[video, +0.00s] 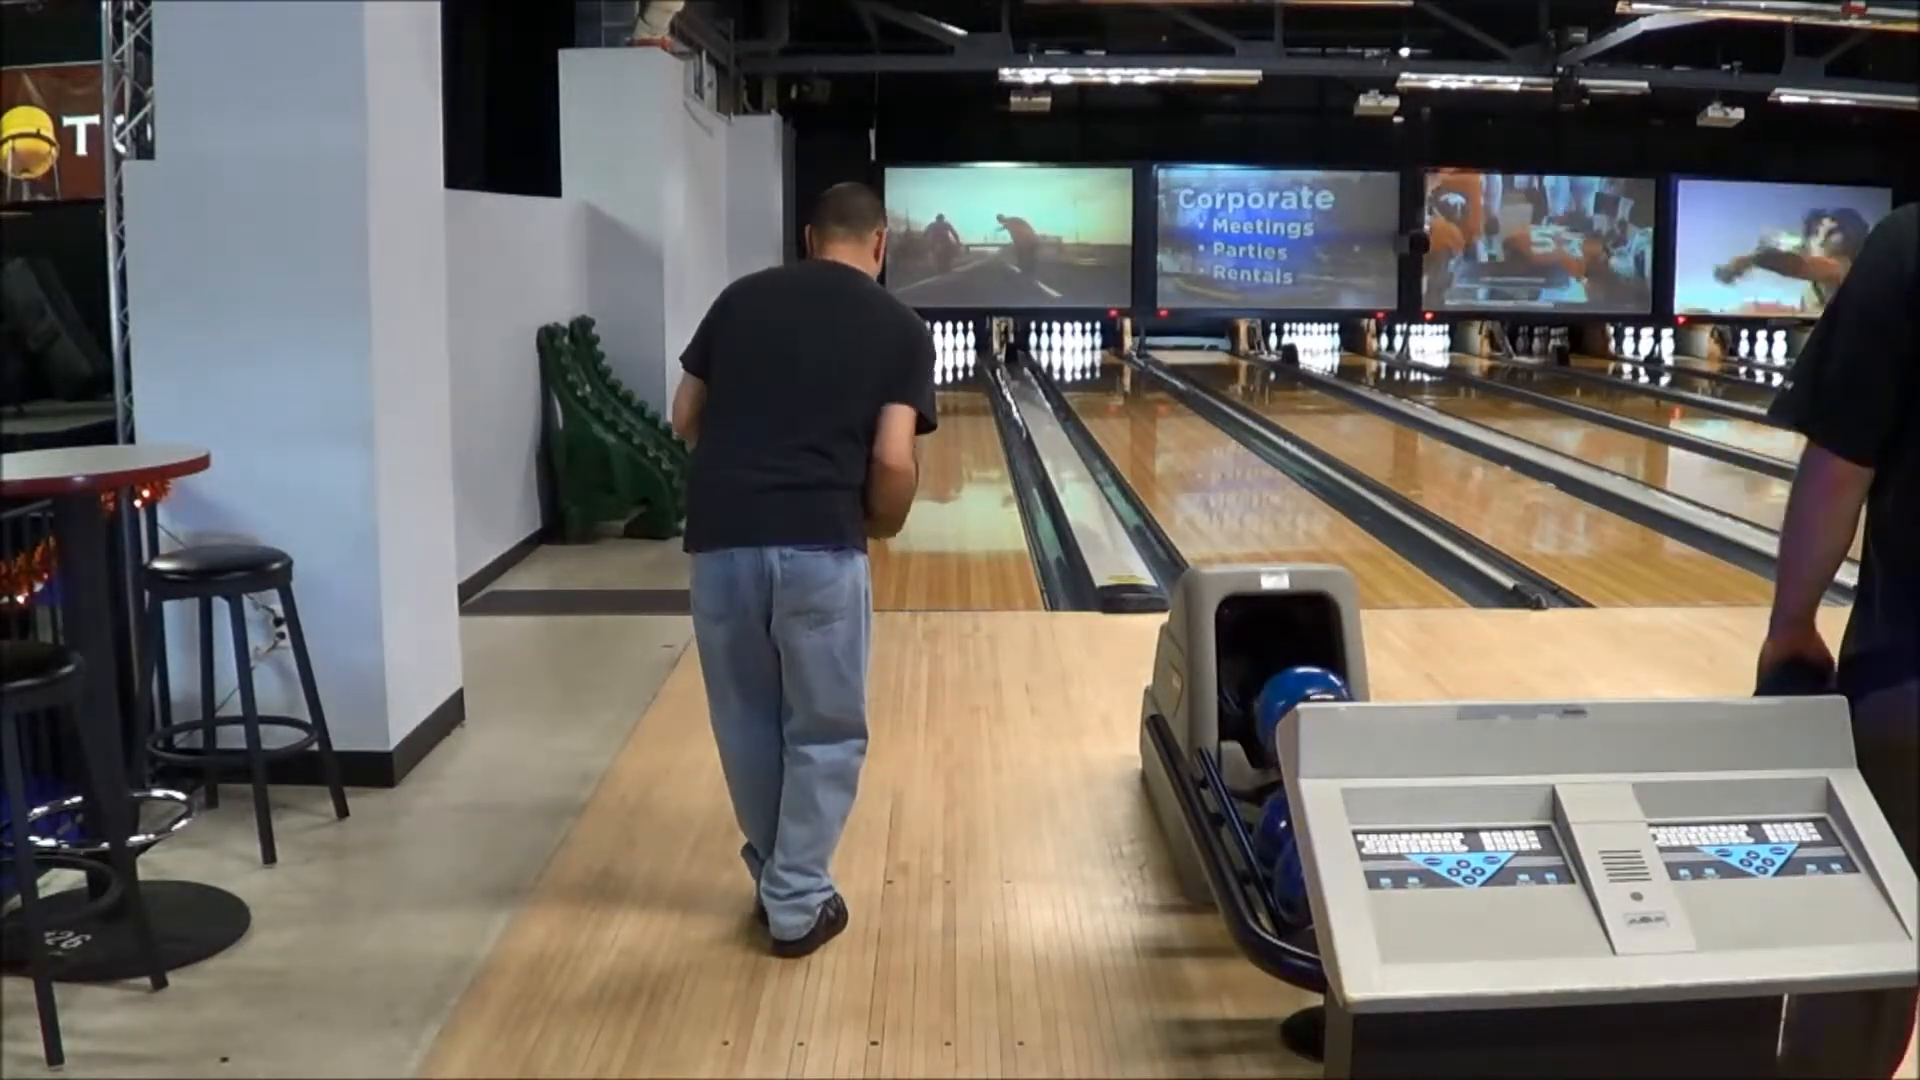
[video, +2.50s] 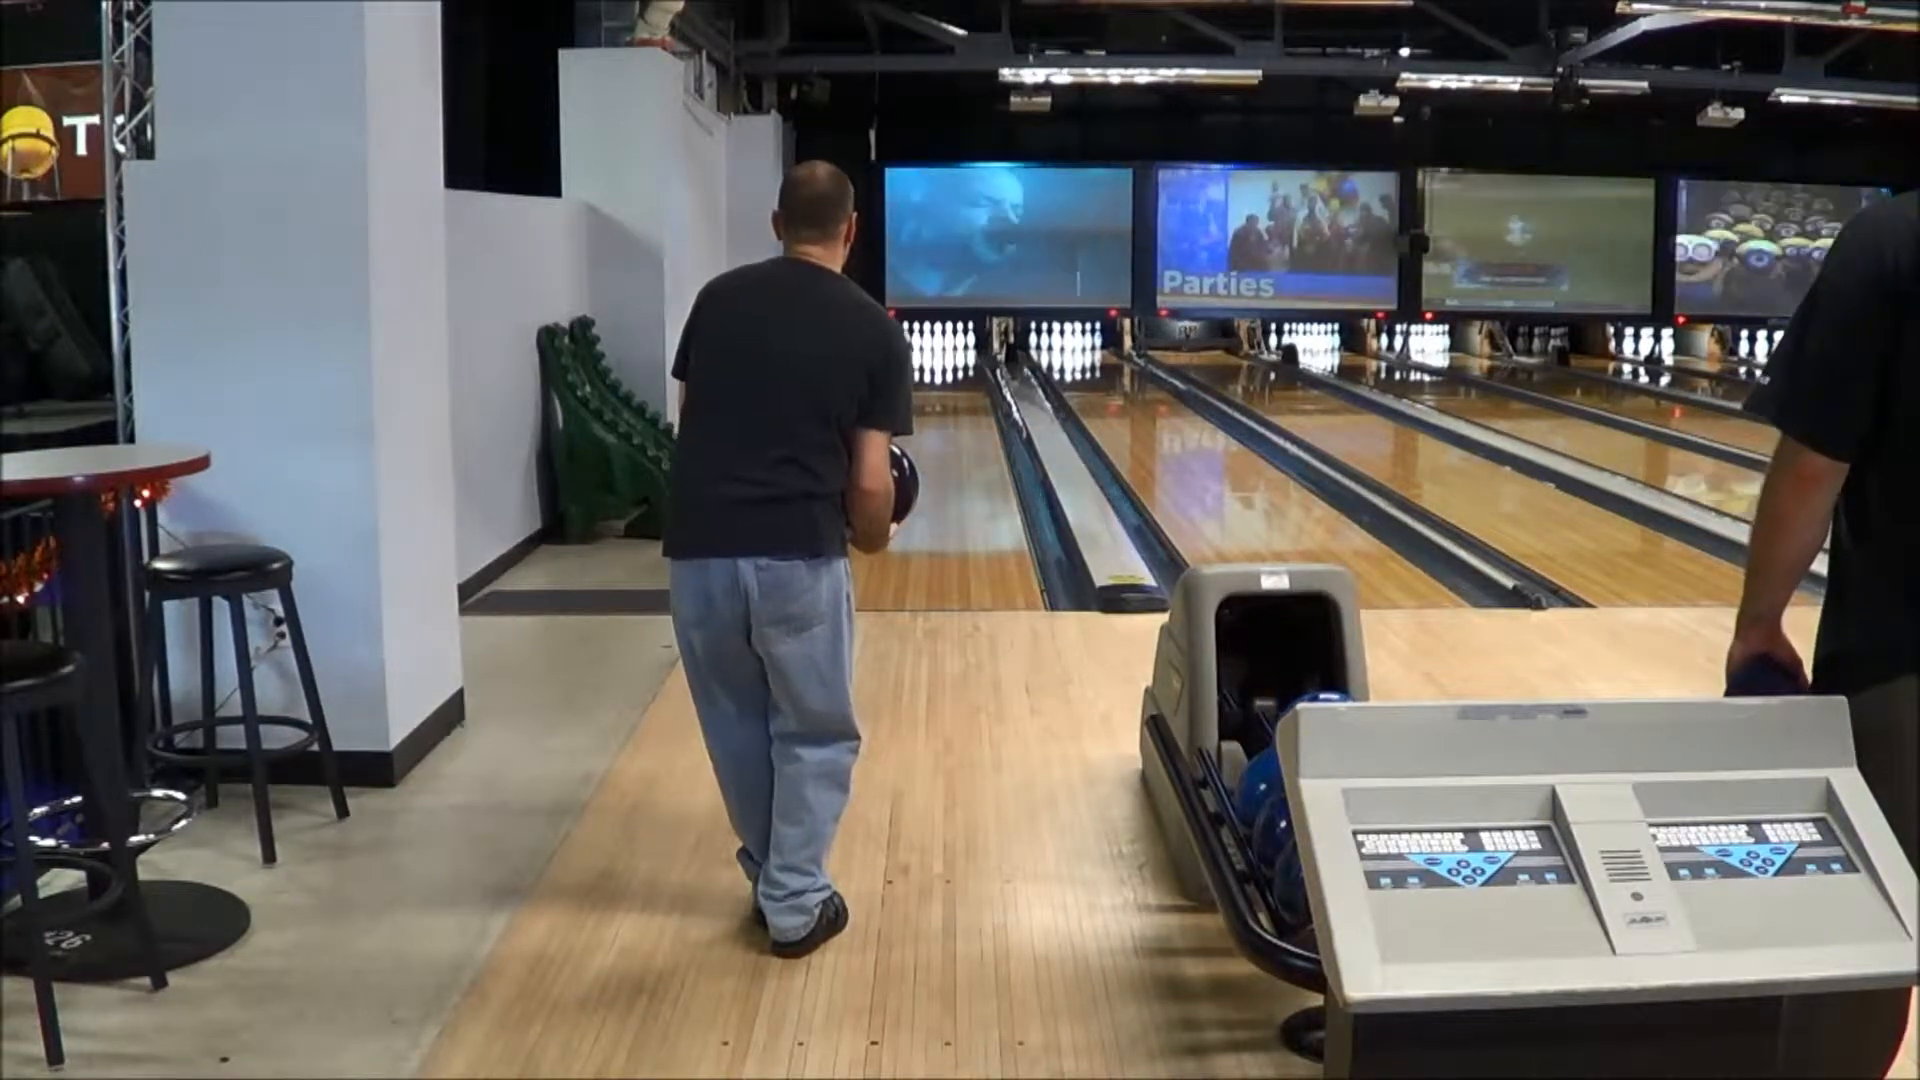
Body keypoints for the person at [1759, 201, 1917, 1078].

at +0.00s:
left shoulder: (1904, 248)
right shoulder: (1899, 249)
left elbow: (1840, 458)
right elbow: (1841, 458)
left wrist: (1791, 622)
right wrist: (1795, 622)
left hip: (1899, 676)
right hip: (1891, 667)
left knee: (1876, 922)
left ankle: (1838, 1059)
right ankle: (1839, 1054)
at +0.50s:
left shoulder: (1899, 248)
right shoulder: (1894, 249)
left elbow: (1832, 464)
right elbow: (1834, 463)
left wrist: (1780, 627)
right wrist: (1784, 627)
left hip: (1898, 669)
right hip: (1888, 663)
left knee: (1873, 918)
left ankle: (1836, 1060)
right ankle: (1835, 1055)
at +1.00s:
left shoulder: (1898, 244)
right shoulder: (1893, 244)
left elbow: (1826, 462)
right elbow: (1827, 462)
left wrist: (1769, 630)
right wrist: (1775, 631)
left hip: (1897, 670)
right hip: (1887, 663)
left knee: (1872, 935)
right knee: (1868, 932)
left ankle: (1843, 1059)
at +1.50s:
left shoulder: (1893, 240)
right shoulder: (1888, 241)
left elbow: (1815, 460)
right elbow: (1816, 460)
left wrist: (1760, 621)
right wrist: (1765, 620)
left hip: (1892, 665)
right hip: (1883, 660)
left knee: (1867, 930)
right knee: (1863, 927)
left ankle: (1837, 1062)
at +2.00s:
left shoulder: (1890, 240)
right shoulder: (1885, 240)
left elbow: (1813, 453)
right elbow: (1814, 453)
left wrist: (1754, 620)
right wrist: (1758, 620)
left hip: (1891, 669)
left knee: (1863, 938)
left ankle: (1834, 1061)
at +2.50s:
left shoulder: (1890, 241)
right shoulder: (1886, 241)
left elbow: (1813, 460)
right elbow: (1814, 460)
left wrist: (1759, 623)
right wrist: (1763, 624)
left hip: (1893, 671)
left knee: (1869, 936)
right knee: (1864, 933)